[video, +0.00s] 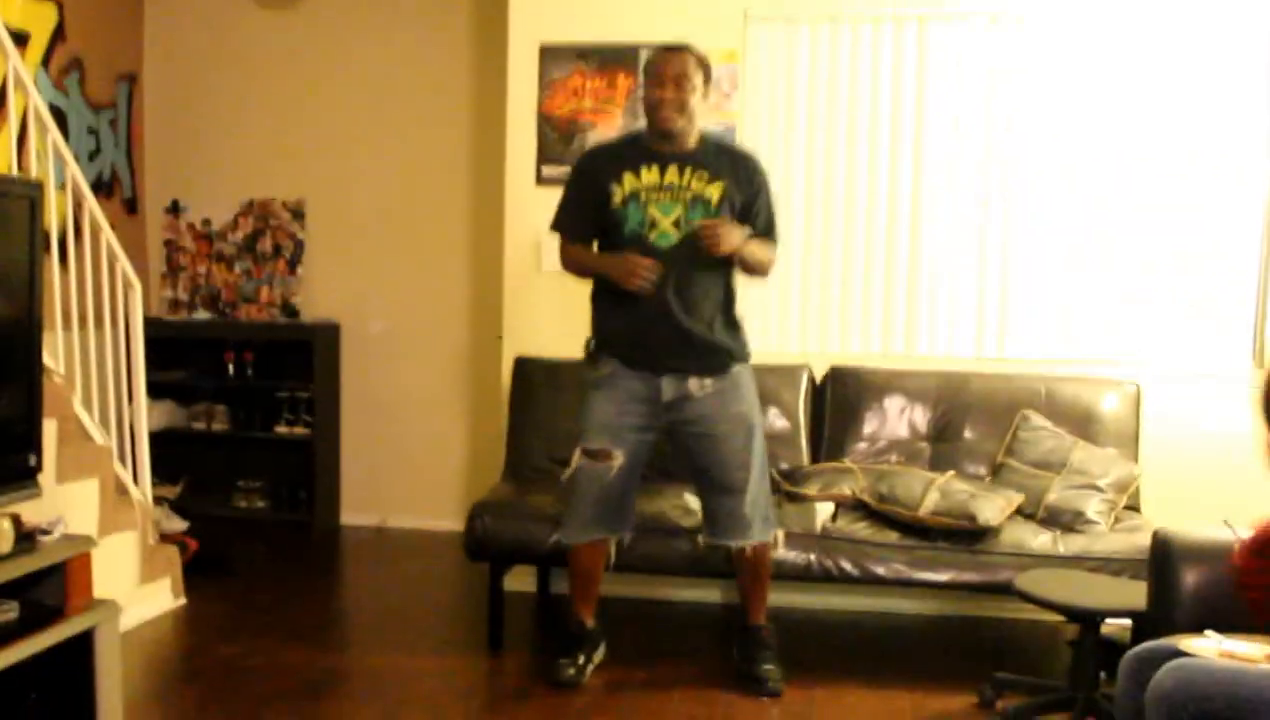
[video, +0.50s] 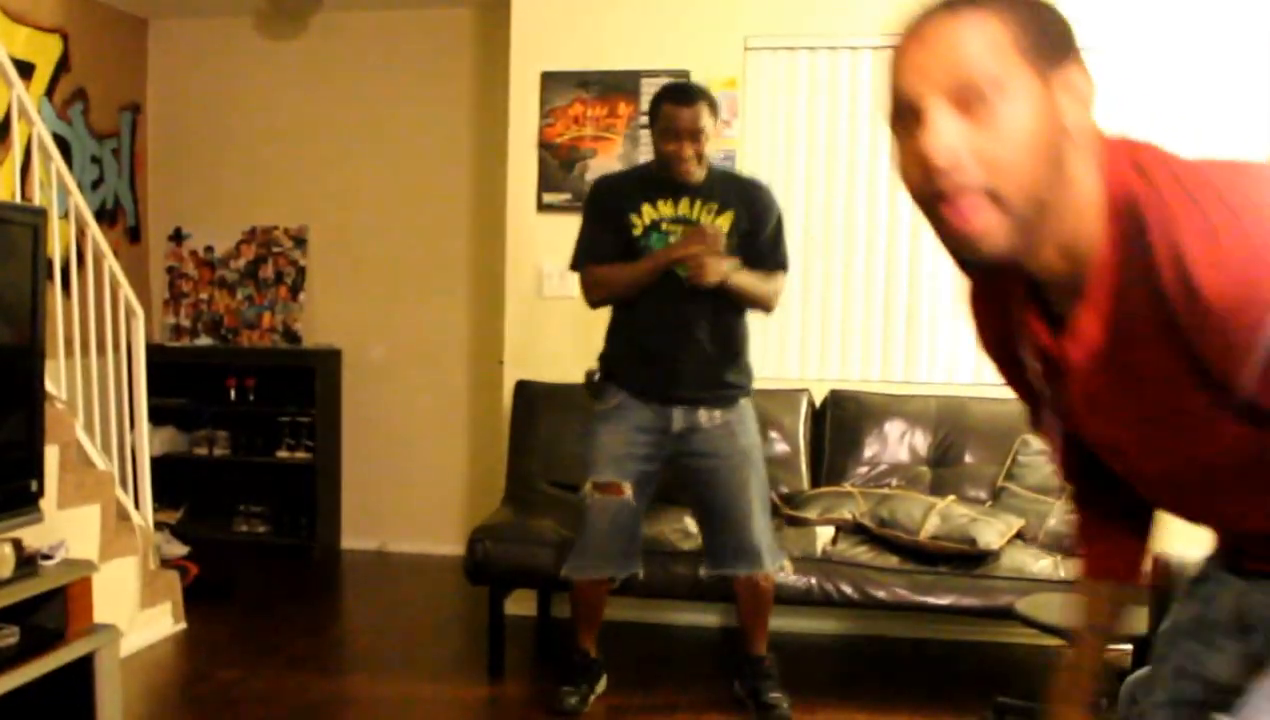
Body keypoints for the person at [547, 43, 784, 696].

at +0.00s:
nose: (666, 96)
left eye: (679, 86)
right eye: (657, 85)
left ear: (702, 94)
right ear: (642, 92)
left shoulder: (739, 170)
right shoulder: (601, 166)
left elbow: (765, 264)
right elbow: (569, 251)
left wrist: (741, 241)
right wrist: (608, 265)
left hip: (716, 367)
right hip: (623, 367)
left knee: (748, 506)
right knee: (591, 494)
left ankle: (756, 636)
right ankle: (582, 634)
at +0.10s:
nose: (679, 128)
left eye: (691, 116)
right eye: (666, 117)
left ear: (711, 121)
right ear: (649, 123)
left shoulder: (750, 187)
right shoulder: (608, 194)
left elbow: (793, 274)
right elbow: (574, 277)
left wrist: (790, 258)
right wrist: (580, 272)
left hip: (730, 397)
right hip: (636, 397)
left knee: (758, 541)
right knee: (604, 521)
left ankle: (763, 661)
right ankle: (588, 657)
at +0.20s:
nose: (687, 158)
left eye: (698, 146)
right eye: (675, 147)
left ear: (718, 150)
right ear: (659, 153)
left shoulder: (763, 221)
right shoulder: (624, 226)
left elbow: (818, 292)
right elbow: (585, 299)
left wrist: (827, 263)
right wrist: (562, 289)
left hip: (742, 418)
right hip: (651, 415)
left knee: (770, 560)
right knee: (611, 544)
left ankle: (765, 679)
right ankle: (594, 673)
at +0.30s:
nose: (692, 156)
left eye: (704, 144)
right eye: (680, 145)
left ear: (723, 140)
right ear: (661, 144)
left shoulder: (763, 207)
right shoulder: (625, 215)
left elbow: (801, 301)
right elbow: (613, 309)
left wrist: (824, 255)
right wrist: (582, 293)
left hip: (744, 413)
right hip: (650, 410)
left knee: (774, 552)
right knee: (611, 523)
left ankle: (762, 670)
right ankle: (592, 660)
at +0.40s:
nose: (694, 142)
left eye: (704, 129)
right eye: (681, 130)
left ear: (722, 126)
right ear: (660, 131)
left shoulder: (759, 191)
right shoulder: (622, 198)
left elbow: (768, 297)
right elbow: (609, 298)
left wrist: (778, 264)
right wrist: (635, 269)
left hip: (733, 396)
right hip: (641, 393)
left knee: (761, 541)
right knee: (609, 514)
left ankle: (763, 665)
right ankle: (588, 660)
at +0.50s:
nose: (688, 147)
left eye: (698, 135)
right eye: (675, 136)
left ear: (714, 132)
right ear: (654, 135)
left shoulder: (751, 201)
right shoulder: (615, 195)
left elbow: (770, 294)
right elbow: (594, 288)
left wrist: (726, 272)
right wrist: (668, 257)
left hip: (721, 402)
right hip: (630, 399)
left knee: (752, 548)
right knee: (601, 526)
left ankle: (757, 665)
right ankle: (583, 662)